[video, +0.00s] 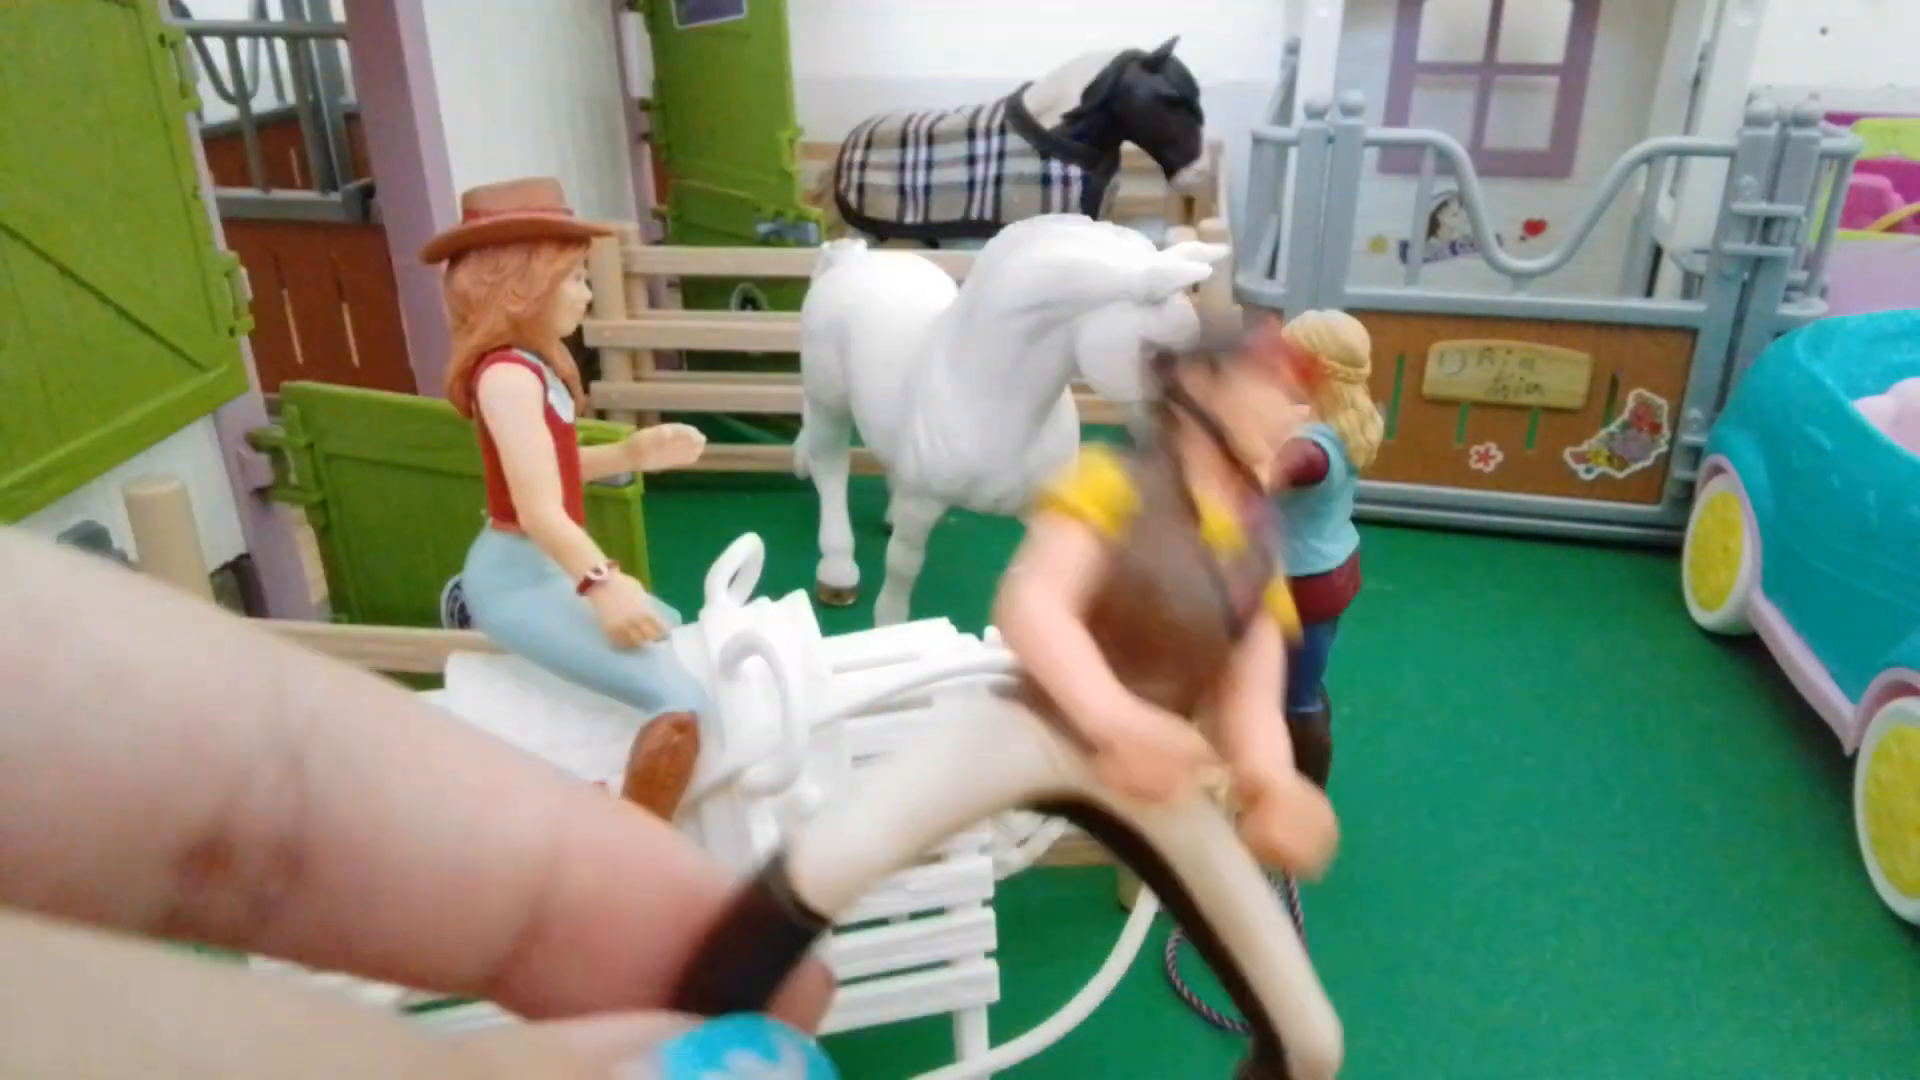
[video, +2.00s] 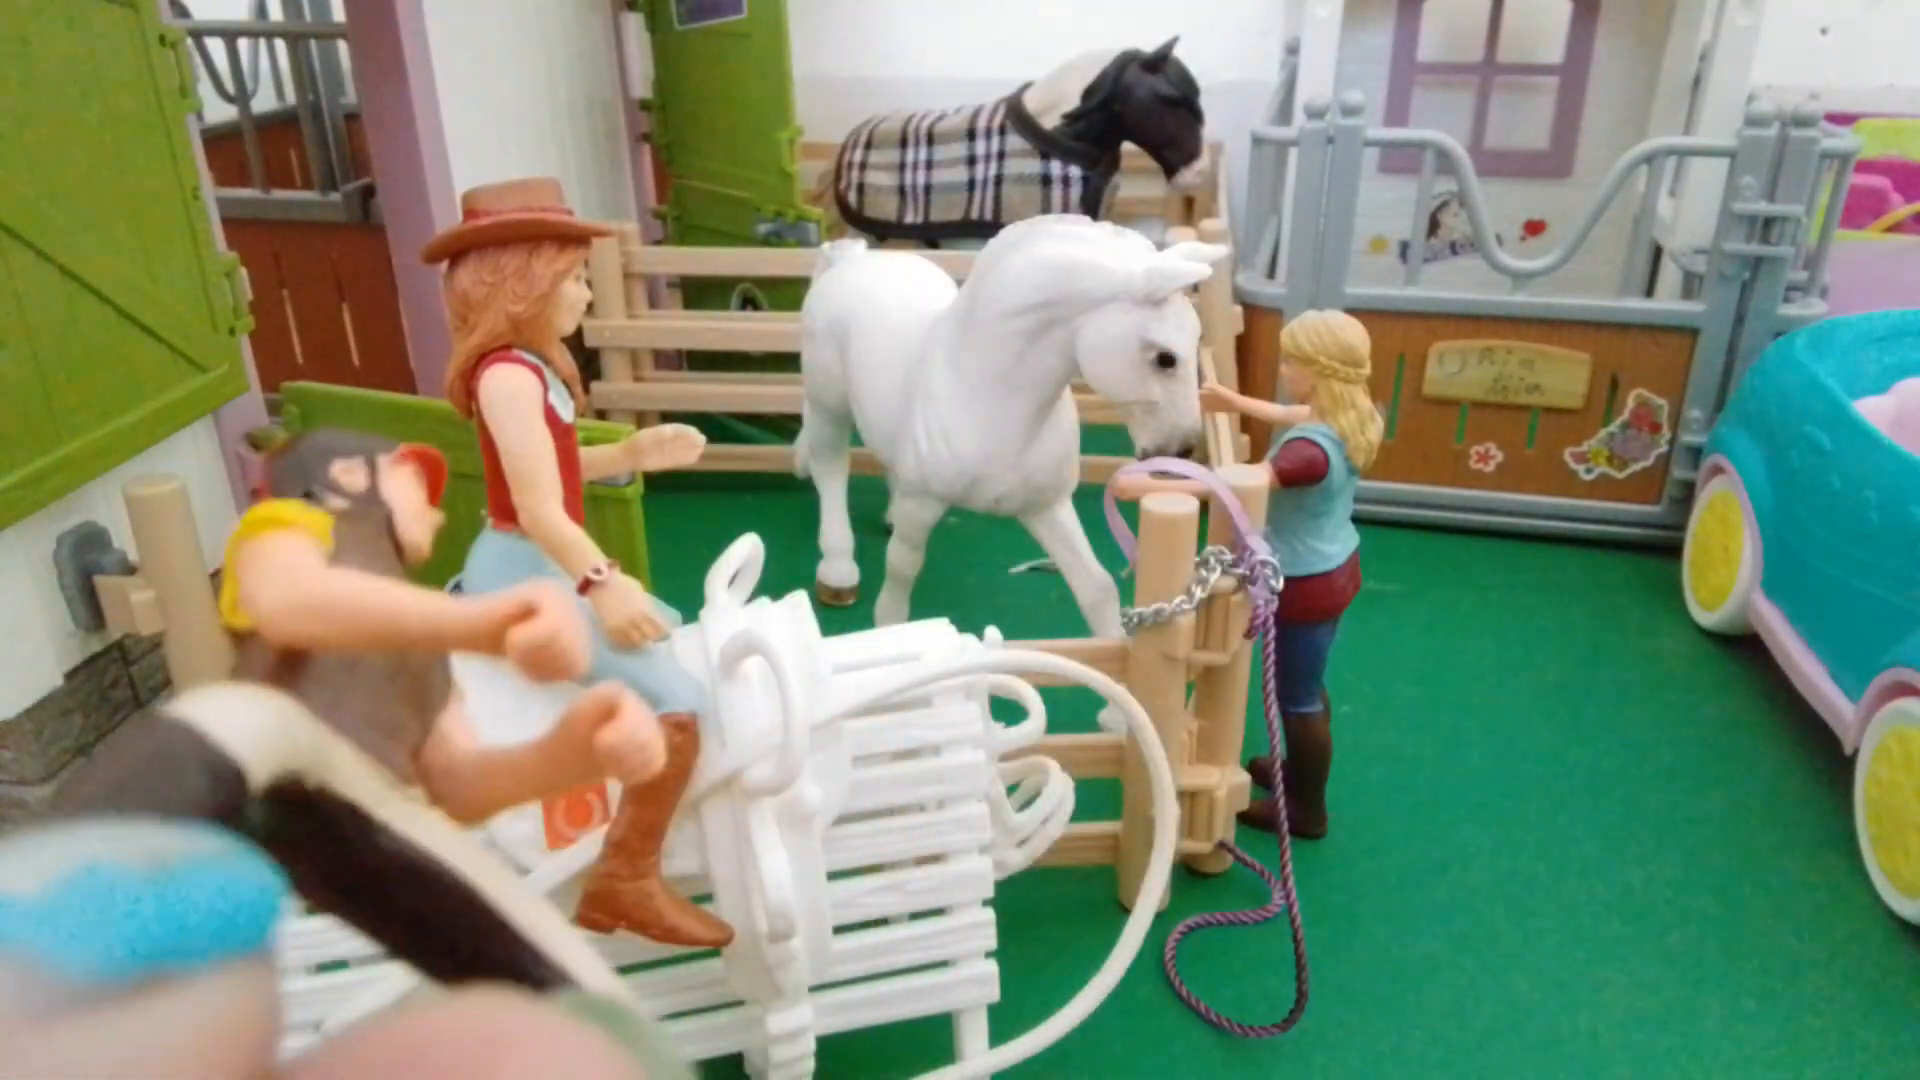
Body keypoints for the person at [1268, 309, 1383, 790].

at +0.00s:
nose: (1282, 369)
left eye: (1291, 359)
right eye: (1284, 358)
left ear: (1310, 372)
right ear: (1340, 372)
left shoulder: (1317, 444)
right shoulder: (1347, 421)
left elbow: (1258, 475)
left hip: (1308, 579)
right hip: (1335, 559)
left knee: (1299, 699)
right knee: (1308, 685)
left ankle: (1305, 804)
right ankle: (1306, 791)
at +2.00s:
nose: (1282, 370)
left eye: (1290, 362)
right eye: (1284, 360)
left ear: (1317, 373)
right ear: (1337, 373)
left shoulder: (1314, 448)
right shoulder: (1348, 418)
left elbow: (1248, 479)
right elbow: (1289, 416)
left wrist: (1163, 484)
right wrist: (1236, 400)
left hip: (1305, 588)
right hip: (1333, 565)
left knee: (1300, 700)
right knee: (1301, 680)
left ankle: (1304, 811)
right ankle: (1298, 771)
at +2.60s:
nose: (1312, 427)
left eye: (1319, 417)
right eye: (1315, 417)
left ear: (1338, 424)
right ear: (1372, 423)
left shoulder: (1341, 497)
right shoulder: (1363, 480)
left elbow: (1281, 536)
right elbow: (1307, 469)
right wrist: (1256, 449)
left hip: (1333, 635)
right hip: (1352, 625)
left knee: (1319, 750)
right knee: (1325, 743)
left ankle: (1323, 867)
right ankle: (1318, 847)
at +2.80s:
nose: (1307, 680)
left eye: (1314, 671)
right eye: (1309, 670)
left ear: (1339, 683)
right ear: (1352, 683)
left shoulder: (1339, 755)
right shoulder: (1361, 727)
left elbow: (1272, 786)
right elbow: (1311, 711)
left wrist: (1203, 781)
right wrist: (1257, 689)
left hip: (1336, 888)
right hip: (1364, 866)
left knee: (1332, 998)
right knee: (1338, 979)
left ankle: (1340, 1071)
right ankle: (1337, 1060)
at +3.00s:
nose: (1327, 652)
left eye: (1334, 645)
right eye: (1328, 644)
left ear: (1359, 657)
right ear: (1379, 656)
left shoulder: (1356, 728)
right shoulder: (1391, 698)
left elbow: (1276, 762)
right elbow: (1333, 684)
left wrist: (1206, 754)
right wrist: (1279, 663)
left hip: (1358, 858)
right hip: (1384, 839)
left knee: (1358, 968)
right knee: (1363, 949)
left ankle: (1364, 1068)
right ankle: (1358, 1035)